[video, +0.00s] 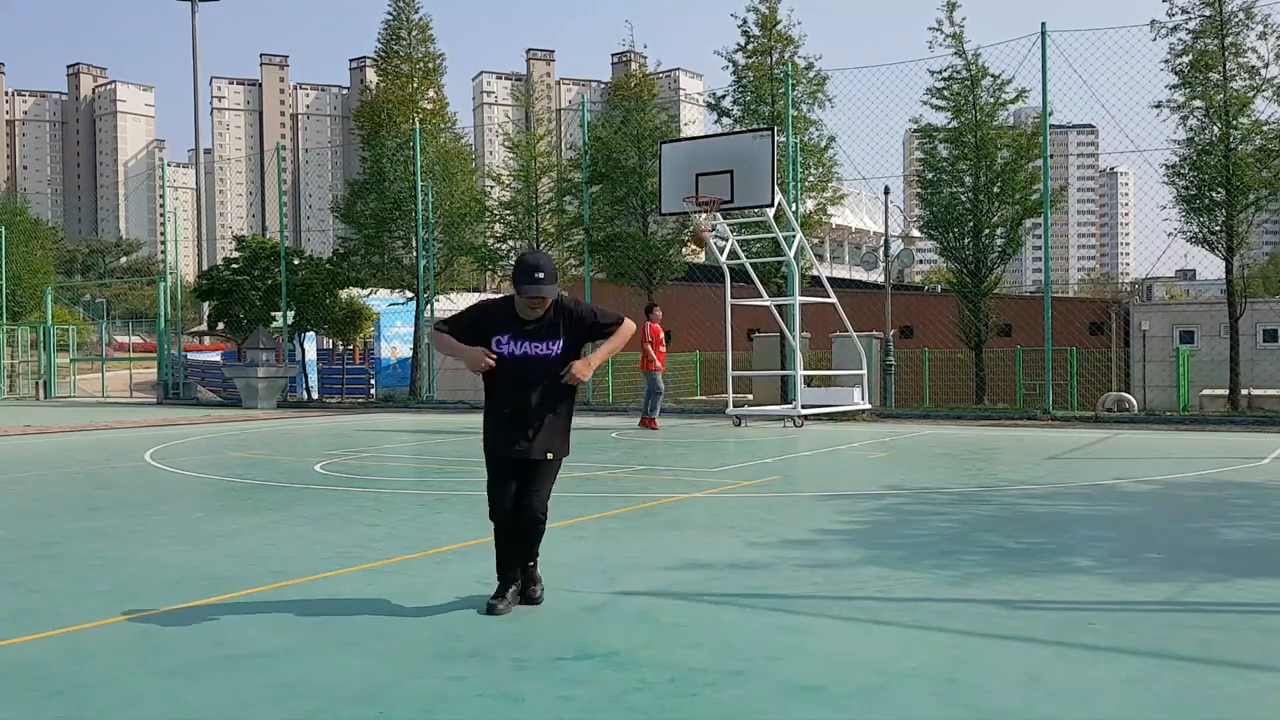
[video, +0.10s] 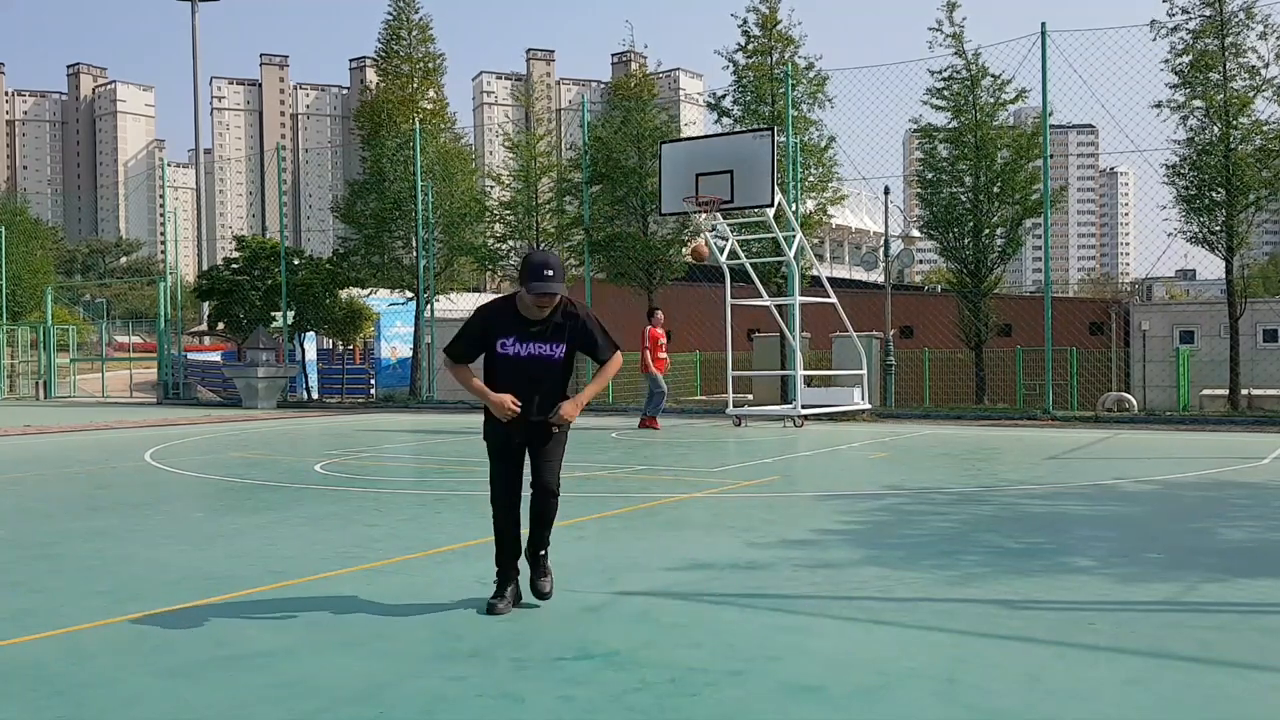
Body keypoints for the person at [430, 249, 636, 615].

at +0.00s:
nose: (536, 303)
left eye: (543, 296)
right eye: (529, 296)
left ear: (554, 289)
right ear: (514, 288)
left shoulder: (570, 313)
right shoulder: (491, 313)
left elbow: (626, 326)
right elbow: (438, 334)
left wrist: (592, 361)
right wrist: (465, 352)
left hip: (548, 432)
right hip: (501, 431)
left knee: (534, 508)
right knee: (502, 510)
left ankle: (529, 566)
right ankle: (508, 581)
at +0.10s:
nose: (545, 300)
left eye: (552, 293)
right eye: (538, 293)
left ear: (562, 288)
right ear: (522, 286)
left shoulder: (574, 317)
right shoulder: (493, 314)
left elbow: (614, 358)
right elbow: (454, 359)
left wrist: (579, 401)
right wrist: (487, 396)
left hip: (550, 422)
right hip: (503, 423)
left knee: (547, 489)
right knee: (504, 500)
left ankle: (538, 554)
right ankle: (506, 581)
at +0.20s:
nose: (559, 301)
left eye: (565, 294)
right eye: (551, 294)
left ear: (574, 289)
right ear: (534, 287)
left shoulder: (580, 322)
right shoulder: (502, 319)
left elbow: (586, 379)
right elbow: (488, 383)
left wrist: (563, 424)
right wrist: (523, 430)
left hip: (560, 418)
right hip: (509, 417)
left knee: (572, 475)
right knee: (508, 499)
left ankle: (557, 551)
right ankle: (503, 582)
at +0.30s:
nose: (575, 286)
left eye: (582, 280)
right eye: (568, 279)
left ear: (589, 279)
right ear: (549, 276)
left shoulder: (588, 314)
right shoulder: (515, 314)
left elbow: (588, 368)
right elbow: (505, 380)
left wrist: (579, 413)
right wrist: (544, 424)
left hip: (569, 415)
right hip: (521, 417)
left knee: (597, 480)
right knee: (515, 498)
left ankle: (598, 567)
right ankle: (502, 581)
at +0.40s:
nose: (592, 281)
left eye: (598, 274)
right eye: (585, 273)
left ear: (605, 274)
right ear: (566, 268)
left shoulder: (600, 310)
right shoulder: (533, 310)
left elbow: (618, 358)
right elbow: (505, 371)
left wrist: (608, 390)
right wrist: (560, 399)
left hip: (582, 422)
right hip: (535, 426)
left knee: (615, 493)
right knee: (528, 506)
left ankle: (645, 580)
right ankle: (495, 579)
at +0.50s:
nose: (613, 295)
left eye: (620, 289)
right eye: (606, 287)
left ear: (625, 291)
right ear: (587, 282)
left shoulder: (615, 323)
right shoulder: (559, 321)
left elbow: (650, 356)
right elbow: (520, 366)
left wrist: (635, 382)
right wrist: (572, 388)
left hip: (598, 447)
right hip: (551, 449)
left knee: (638, 507)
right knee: (535, 520)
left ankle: (672, 594)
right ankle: (494, 581)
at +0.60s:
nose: (652, 299)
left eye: (658, 292)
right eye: (645, 290)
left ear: (663, 294)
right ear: (623, 286)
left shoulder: (646, 328)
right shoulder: (587, 323)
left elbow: (661, 369)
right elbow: (549, 375)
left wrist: (651, 397)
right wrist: (599, 403)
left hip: (619, 441)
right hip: (572, 444)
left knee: (657, 505)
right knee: (560, 518)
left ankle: (676, 596)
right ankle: (505, 574)